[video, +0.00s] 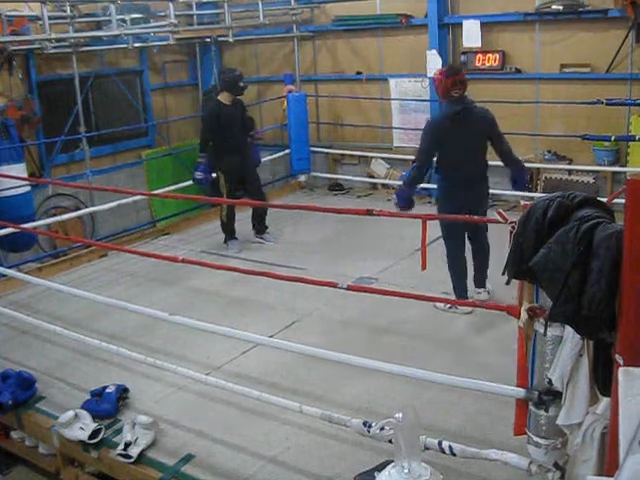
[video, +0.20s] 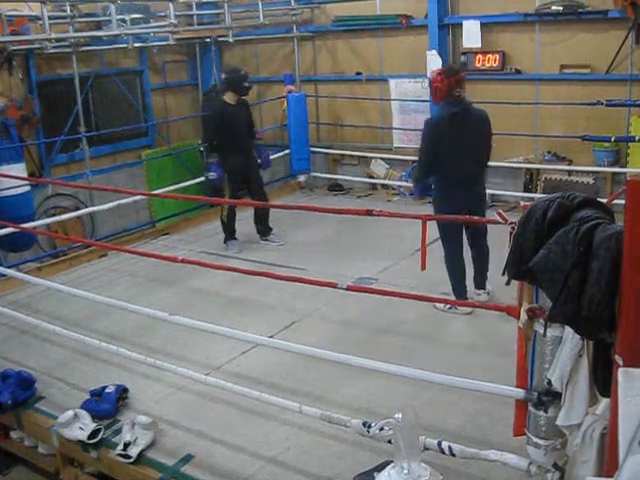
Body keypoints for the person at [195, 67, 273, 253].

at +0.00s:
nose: (243, 86)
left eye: (242, 82)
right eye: (239, 83)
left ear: (229, 85)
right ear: (229, 85)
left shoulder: (239, 105)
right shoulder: (212, 109)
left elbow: (245, 129)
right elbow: (206, 136)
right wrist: (203, 160)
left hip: (244, 159)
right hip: (224, 161)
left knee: (258, 196)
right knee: (228, 199)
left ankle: (260, 230)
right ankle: (230, 237)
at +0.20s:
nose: (247, 86)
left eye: (246, 83)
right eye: (243, 83)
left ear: (235, 85)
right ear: (233, 85)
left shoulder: (243, 105)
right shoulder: (217, 109)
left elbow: (250, 133)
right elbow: (210, 139)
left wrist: (260, 152)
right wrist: (213, 163)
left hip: (247, 157)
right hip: (227, 160)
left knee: (260, 196)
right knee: (229, 199)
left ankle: (265, 232)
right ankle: (230, 238)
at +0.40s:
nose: (253, 86)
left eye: (253, 82)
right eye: (249, 83)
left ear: (252, 83)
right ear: (239, 85)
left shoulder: (252, 104)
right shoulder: (228, 107)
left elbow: (260, 130)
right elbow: (226, 136)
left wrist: (271, 146)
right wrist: (233, 160)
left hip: (256, 156)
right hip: (238, 158)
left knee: (264, 195)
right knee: (236, 198)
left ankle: (266, 232)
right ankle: (231, 237)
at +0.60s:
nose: (263, 87)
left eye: (265, 83)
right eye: (259, 83)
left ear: (267, 84)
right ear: (250, 85)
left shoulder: (264, 103)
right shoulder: (240, 105)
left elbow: (273, 125)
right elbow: (238, 132)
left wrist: (287, 137)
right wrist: (249, 150)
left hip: (264, 154)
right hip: (247, 156)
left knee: (268, 196)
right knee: (250, 197)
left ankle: (266, 233)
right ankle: (233, 236)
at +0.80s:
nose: (273, 87)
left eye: (276, 83)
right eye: (269, 84)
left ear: (280, 84)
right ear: (261, 86)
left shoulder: (276, 104)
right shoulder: (251, 104)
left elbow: (286, 122)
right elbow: (247, 131)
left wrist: (303, 132)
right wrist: (262, 144)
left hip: (270, 152)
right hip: (252, 153)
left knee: (273, 194)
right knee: (265, 194)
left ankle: (265, 230)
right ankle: (257, 229)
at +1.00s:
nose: (285, 88)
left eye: (286, 84)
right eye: (280, 85)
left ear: (288, 85)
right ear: (271, 87)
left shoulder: (288, 103)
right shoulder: (260, 106)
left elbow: (302, 125)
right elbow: (257, 135)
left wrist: (316, 125)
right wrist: (270, 138)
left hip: (280, 154)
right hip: (261, 156)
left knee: (278, 194)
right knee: (274, 195)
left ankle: (265, 231)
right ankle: (287, 236)